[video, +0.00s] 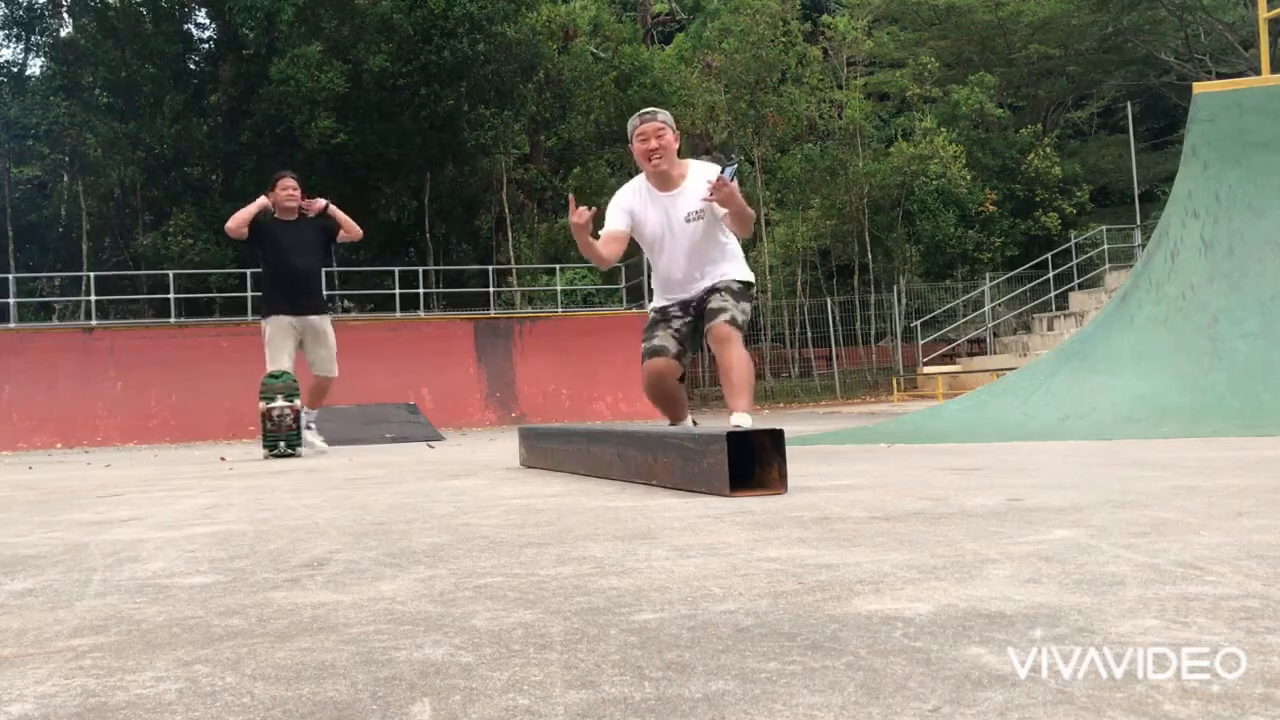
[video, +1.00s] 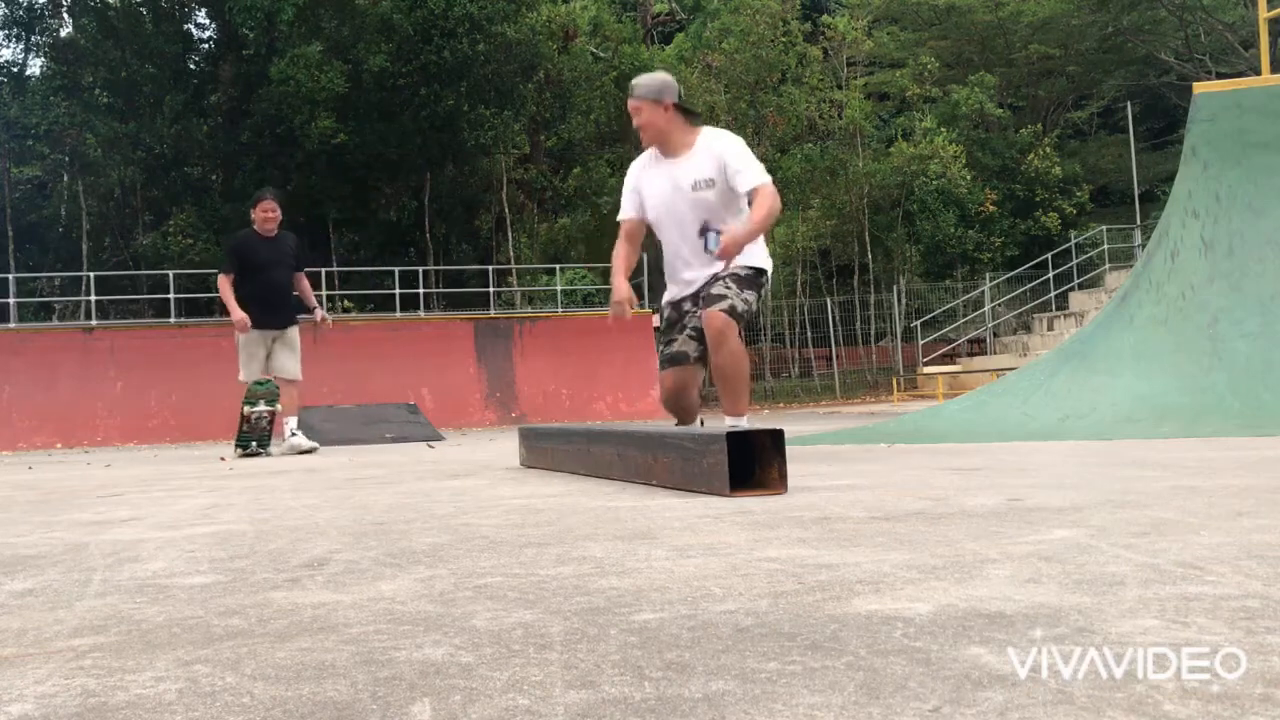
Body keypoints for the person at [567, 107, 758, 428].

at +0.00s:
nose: (652, 145)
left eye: (660, 135)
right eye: (642, 139)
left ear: (676, 139)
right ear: (632, 150)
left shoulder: (710, 174)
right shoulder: (628, 198)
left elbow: (745, 230)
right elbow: (604, 259)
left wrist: (735, 203)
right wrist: (582, 237)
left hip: (722, 280)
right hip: (670, 298)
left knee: (722, 329)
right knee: (656, 375)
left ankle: (741, 421)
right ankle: (685, 429)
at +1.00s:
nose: (634, 124)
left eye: (638, 113)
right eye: (632, 116)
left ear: (667, 108)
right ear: (654, 110)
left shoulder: (723, 145)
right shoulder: (640, 170)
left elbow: (769, 200)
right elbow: (628, 237)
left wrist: (744, 233)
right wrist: (619, 280)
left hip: (736, 266)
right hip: (682, 287)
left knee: (717, 321)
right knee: (675, 394)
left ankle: (737, 431)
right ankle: (693, 432)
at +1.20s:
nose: (642, 75)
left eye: (646, 65)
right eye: (642, 66)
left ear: (666, 64)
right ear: (670, 66)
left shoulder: (711, 102)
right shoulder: (668, 126)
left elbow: (742, 162)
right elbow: (665, 200)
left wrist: (704, 223)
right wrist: (646, 257)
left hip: (733, 239)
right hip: (687, 247)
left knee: (714, 323)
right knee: (673, 337)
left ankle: (736, 430)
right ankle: (714, 430)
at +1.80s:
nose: (650, 92)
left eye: (651, 87)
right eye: (651, 87)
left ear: (658, 86)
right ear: (692, 86)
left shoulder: (654, 117)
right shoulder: (729, 127)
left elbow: (642, 175)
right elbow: (746, 195)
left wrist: (615, 237)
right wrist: (732, 241)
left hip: (677, 245)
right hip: (729, 247)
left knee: (653, 334)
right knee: (716, 333)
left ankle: (652, 428)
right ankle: (735, 427)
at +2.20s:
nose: (616, 111)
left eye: (616, 106)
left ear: (620, 107)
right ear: (655, 103)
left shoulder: (608, 144)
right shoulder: (686, 136)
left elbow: (589, 205)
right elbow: (714, 196)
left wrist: (585, 254)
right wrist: (720, 252)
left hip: (633, 261)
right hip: (684, 257)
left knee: (633, 345)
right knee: (678, 335)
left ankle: (636, 436)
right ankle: (680, 385)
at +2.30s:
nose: (618, 115)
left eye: (617, 110)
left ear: (619, 110)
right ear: (654, 108)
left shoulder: (603, 147)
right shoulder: (682, 141)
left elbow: (580, 206)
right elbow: (707, 199)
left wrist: (581, 254)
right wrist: (715, 256)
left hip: (628, 262)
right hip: (678, 260)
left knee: (633, 344)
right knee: (677, 339)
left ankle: (640, 433)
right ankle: (670, 399)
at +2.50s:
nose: (629, 132)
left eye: (627, 126)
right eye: (647, 130)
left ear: (626, 127)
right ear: (661, 129)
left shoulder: (605, 161)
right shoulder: (681, 159)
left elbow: (581, 218)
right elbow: (700, 216)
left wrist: (583, 264)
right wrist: (711, 271)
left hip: (625, 274)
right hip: (673, 273)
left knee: (631, 348)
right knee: (676, 350)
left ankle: (637, 430)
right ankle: (678, 430)